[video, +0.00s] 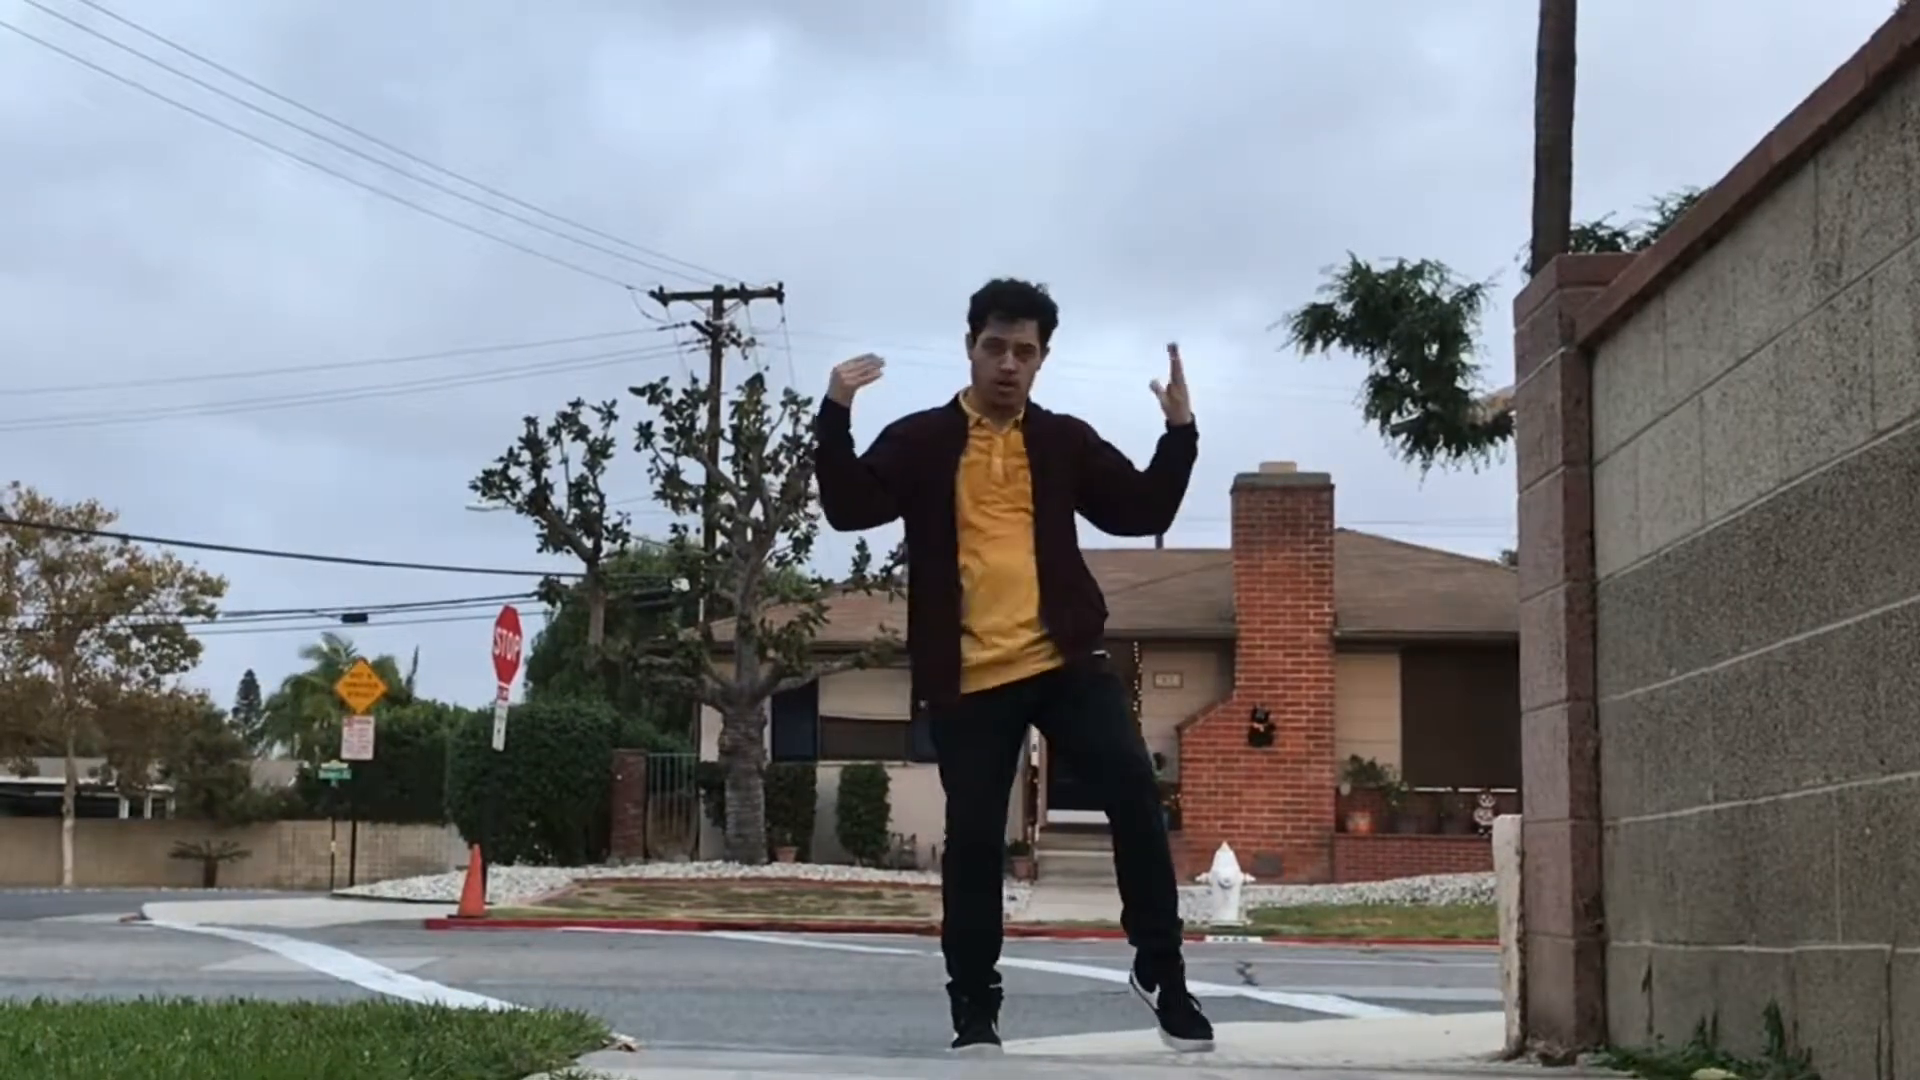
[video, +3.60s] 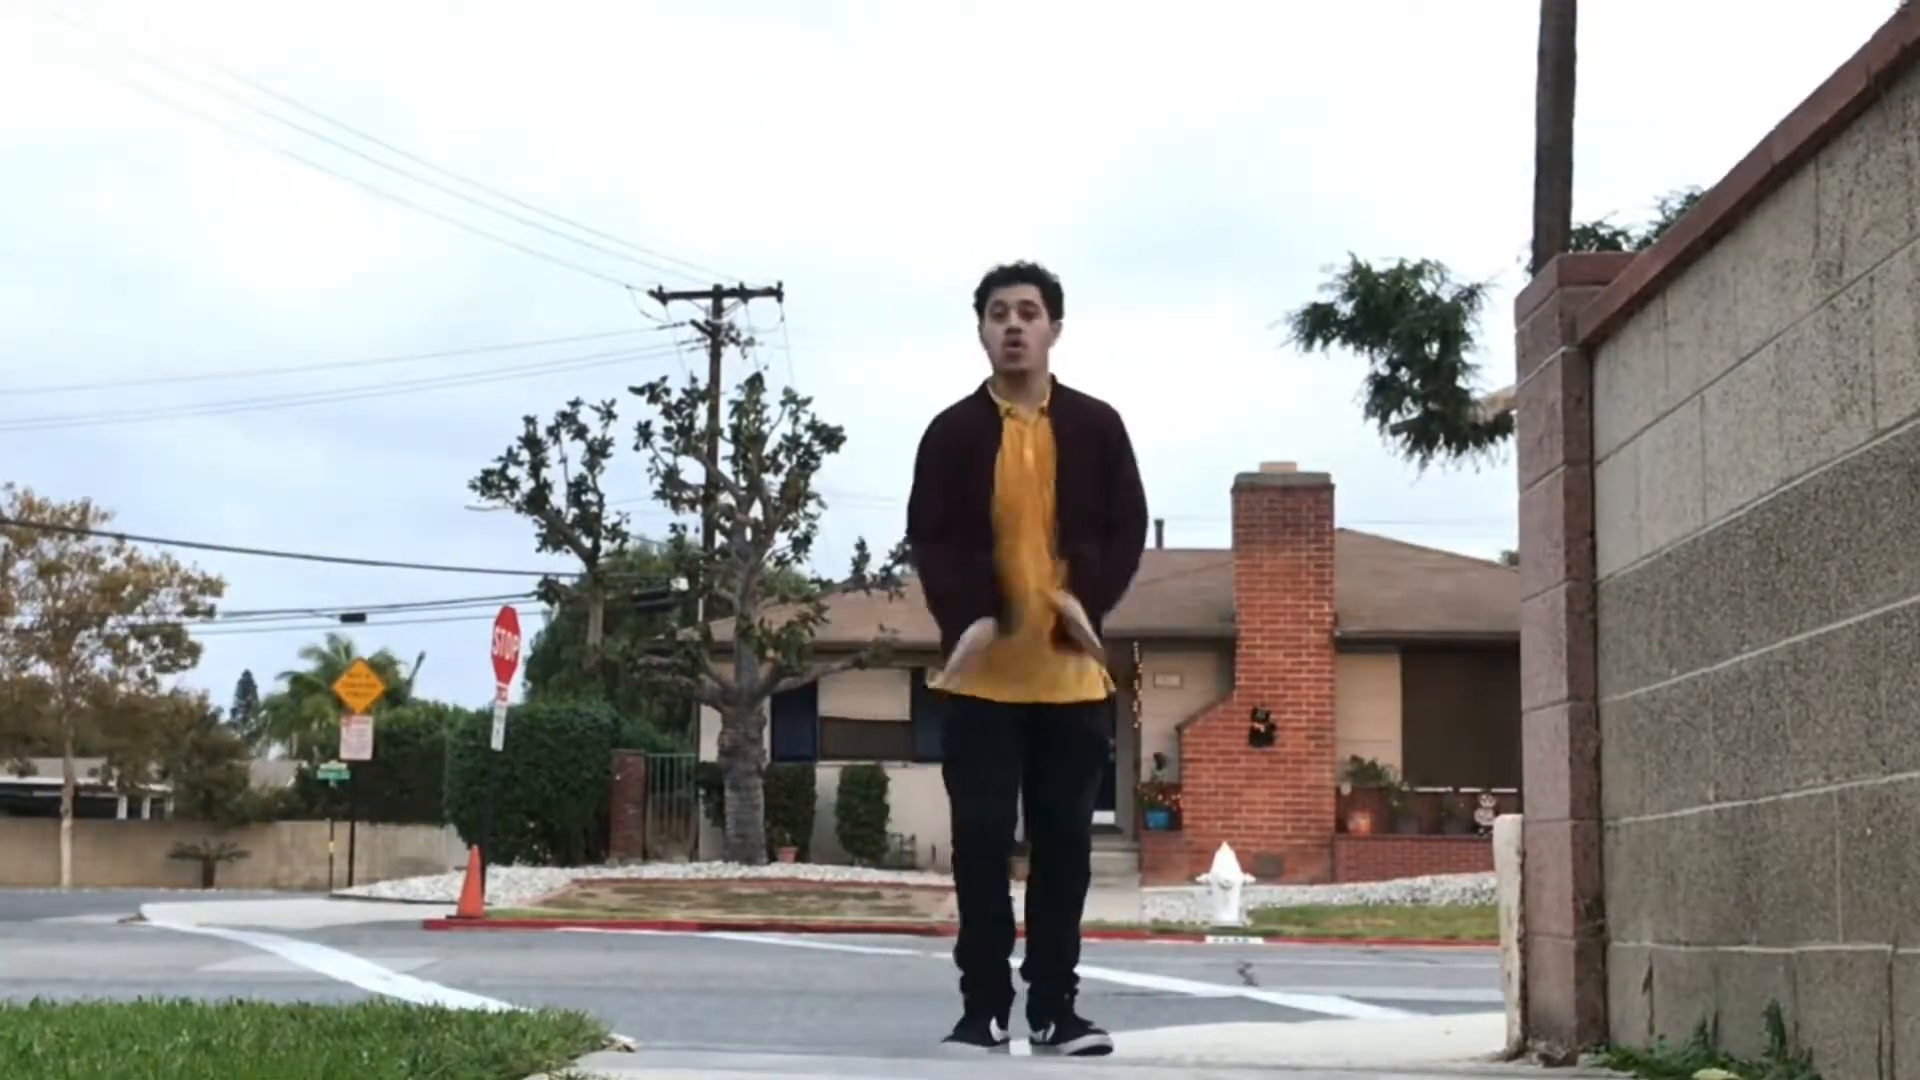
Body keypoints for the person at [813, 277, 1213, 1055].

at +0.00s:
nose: (1010, 364)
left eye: (1025, 352)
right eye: (996, 348)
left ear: (1042, 359)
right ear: (970, 349)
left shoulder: (1064, 440)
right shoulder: (919, 439)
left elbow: (1147, 514)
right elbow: (846, 505)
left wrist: (1179, 433)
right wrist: (834, 408)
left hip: (1066, 664)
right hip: (969, 680)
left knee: (1133, 790)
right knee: (975, 843)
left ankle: (1163, 972)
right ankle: (974, 1009)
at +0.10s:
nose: (1008, 359)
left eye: (1022, 346)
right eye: (994, 344)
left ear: (1040, 353)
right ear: (968, 348)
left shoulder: (1066, 436)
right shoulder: (921, 439)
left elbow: (1151, 502)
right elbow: (851, 511)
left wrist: (1180, 423)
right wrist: (838, 419)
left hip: (1069, 668)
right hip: (973, 682)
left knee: (1132, 791)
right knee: (977, 844)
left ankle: (1164, 974)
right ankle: (974, 1009)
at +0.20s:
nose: (1007, 357)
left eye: (1022, 344)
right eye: (993, 342)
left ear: (1041, 351)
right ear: (968, 346)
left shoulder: (1071, 440)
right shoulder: (918, 447)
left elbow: (1123, 538)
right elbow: (882, 552)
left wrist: (1152, 498)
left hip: (1070, 666)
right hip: (973, 682)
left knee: (1134, 786)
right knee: (976, 838)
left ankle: (1164, 970)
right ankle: (975, 1005)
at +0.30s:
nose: (1008, 356)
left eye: (1023, 344)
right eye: (994, 342)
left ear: (1042, 352)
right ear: (969, 347)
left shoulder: (1072, 443)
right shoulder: (929, 443)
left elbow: (1106, 545)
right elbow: (919, 545)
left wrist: (1068, 566)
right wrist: (941, 624)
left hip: (1067, 672)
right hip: (974, 681)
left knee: (1134, 793)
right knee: (975, 838)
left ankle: (1164, 972)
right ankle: (974, 1005)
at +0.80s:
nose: (976, 338)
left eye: (990, 323)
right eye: (961, 329)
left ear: (1023, 334)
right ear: (950, 348)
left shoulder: (1075, 433)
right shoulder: (921, 430)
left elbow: (1117, 549)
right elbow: (864, 524)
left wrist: (1089, 616)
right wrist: (923, 594)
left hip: (1047, 681)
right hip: (954, 681)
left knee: (1044, 844)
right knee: (961, 847)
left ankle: (1046, 1010)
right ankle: (971, 1013)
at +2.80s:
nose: (945, 349)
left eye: (957, 332)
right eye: (936, 339)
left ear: (1002, 328)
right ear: (934, 350)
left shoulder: (1078, 424)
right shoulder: (919, 447)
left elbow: (1123, 534)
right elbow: (844, 534)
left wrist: (1132, 642)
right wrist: (892, 609)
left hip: (1063, 675)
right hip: (963, 676)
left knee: (1060, 849)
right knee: (940, 833)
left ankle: (1048, 1011)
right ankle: (910, 1006)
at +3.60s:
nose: (1013, 325)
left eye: (1027, 313)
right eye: (999, 314)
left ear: (1054, 330)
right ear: (981, 332)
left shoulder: (1098, 425)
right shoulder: (950, 431)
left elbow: (1127, 527)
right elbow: (930, 535)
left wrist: (1091, 600)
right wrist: (965, 616)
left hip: (1071, 678)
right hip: (981, 679)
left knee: (1065, 850)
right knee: (981, 847)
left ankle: (1053, 1009)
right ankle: (984, 1009)